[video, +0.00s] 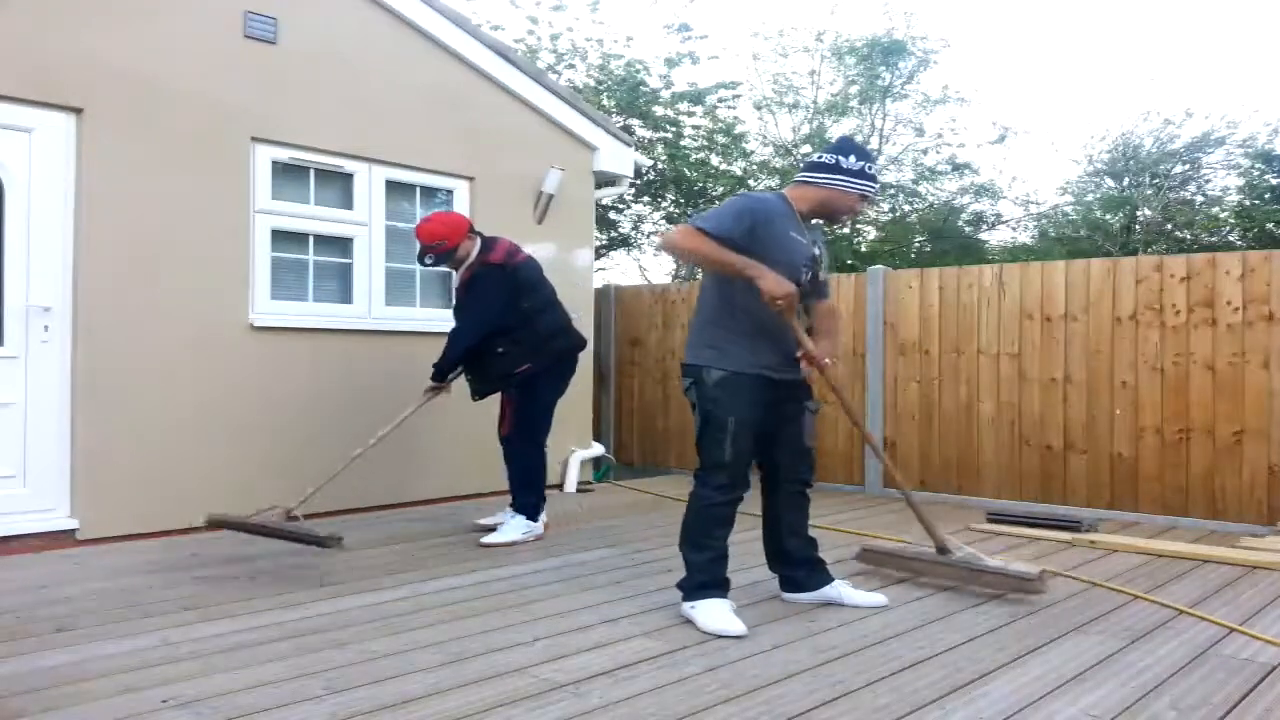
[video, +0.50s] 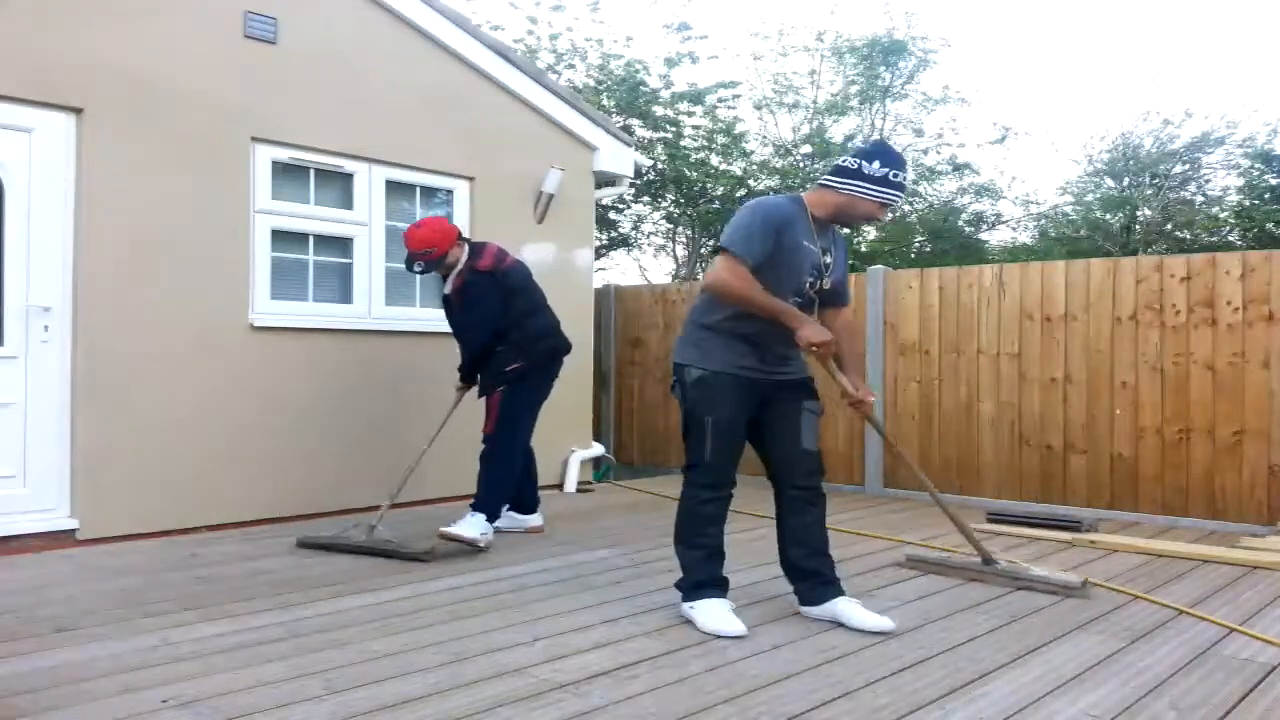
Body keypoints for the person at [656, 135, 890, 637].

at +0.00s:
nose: (859, 210)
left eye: (863, 202)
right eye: (859, 199)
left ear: (831, 185)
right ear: (834, 185)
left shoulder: (812, 242)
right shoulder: (755, 208)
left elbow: (820, 302)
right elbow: (679, 238)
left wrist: (824, 343)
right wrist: (758, 272)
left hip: (782, 373)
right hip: (725, 368)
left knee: (789, 479)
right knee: (721, 481)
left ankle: (802, 580)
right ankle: (704, 593)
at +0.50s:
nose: (882, 216)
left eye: (886, 208)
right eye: (882, 205)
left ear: (853, 188)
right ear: (857, 188)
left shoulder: (833, 244)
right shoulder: (770, 213)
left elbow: (839, 315)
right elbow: (721, 276)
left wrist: (852, 377)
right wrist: (797, 320)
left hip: (780, 373)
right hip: (717, 365)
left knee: (802, 481)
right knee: (710, 481)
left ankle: (818, 593)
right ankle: (702, 592)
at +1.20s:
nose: (927, 206)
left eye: (935, 198)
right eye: (924, 193)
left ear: (930, 194)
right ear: (895, 176)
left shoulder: (912, 242)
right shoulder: (797, 201)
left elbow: (899, 313)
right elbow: (697, 204)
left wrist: (836, 331)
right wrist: (719, 231)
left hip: (837, 378)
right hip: (759, 362)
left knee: (826, 487)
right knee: (743, 480)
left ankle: (821, 593)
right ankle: (730, 590)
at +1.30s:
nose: (928, 211)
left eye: (935, 203)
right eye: (925, 198)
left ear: (932, 199)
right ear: (896, 180)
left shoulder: (916, 246)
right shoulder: (800, 202)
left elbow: (903, 317)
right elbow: (700, 217)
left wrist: (847, 352)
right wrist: (728, 259)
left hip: (839, 378)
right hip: (760, 362)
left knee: (827, 488)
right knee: (745, 479)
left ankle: (822, 594)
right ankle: (737, 585)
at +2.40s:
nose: (727, 193)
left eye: (734, 182)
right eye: (721, 183)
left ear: (765, 172)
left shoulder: (802, 220)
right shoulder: (766, 217)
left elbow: (789, 307)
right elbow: (765, 267)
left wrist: (735, 334)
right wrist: (740, 279)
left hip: (819, 367)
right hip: (777, 364)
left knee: (814, 479)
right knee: (771, 478)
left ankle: (835, 593)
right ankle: (765, 584)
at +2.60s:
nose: (724, 199)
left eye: (731, 188)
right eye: (720, 190)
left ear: (761, 178)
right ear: (760, 181)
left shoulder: (799, 223)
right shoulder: (780, 222)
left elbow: (785, 314)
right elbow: (772, 298)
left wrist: (754, 343)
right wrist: (762, 336)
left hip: (837, 363)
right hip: (803, 360)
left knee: (819, 473)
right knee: (782, 470)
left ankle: (835, 593)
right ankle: (769, 578)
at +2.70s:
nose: (722, 201)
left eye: (728, 189)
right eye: (718, 192)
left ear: (758, 178)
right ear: (761, 180)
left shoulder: (795, 222)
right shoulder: (790, 216)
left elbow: (782, 313)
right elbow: (790, 304)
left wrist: (752, 352)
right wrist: (763, 344)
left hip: (841, 362)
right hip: (811, 359)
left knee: (820, 471)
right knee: (786, 467)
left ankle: (836, 593)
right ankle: (783, 574)